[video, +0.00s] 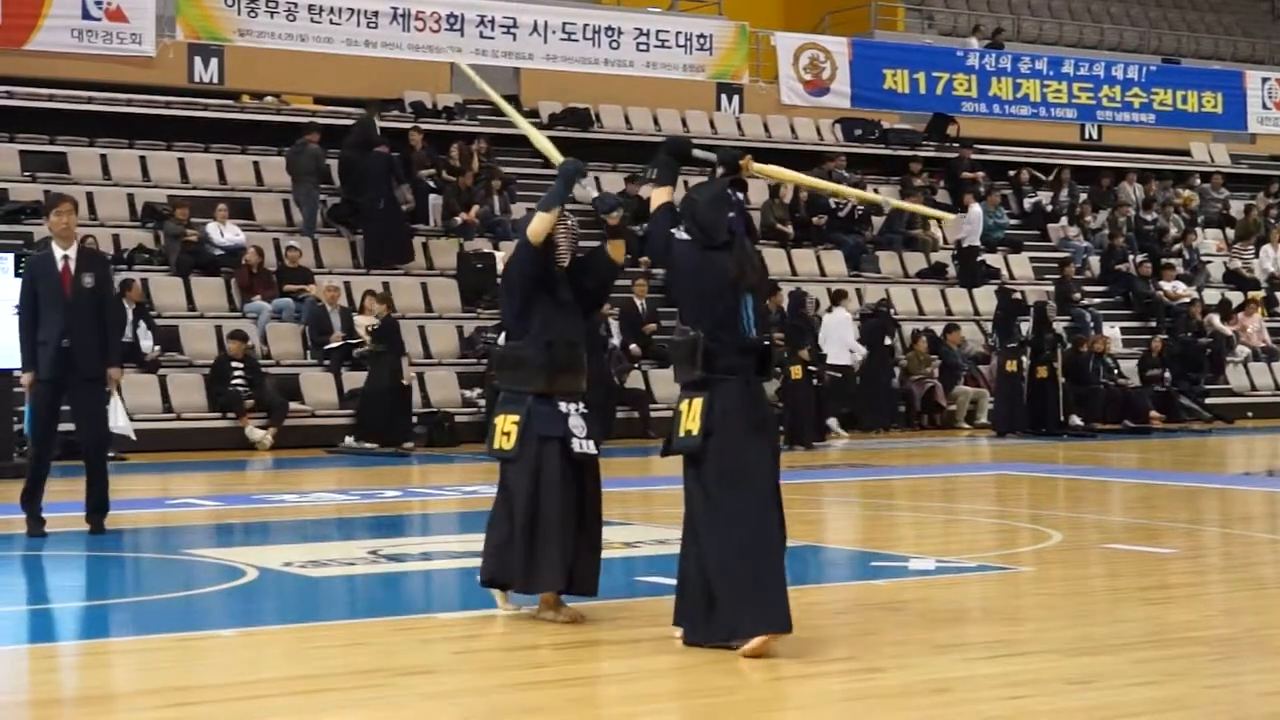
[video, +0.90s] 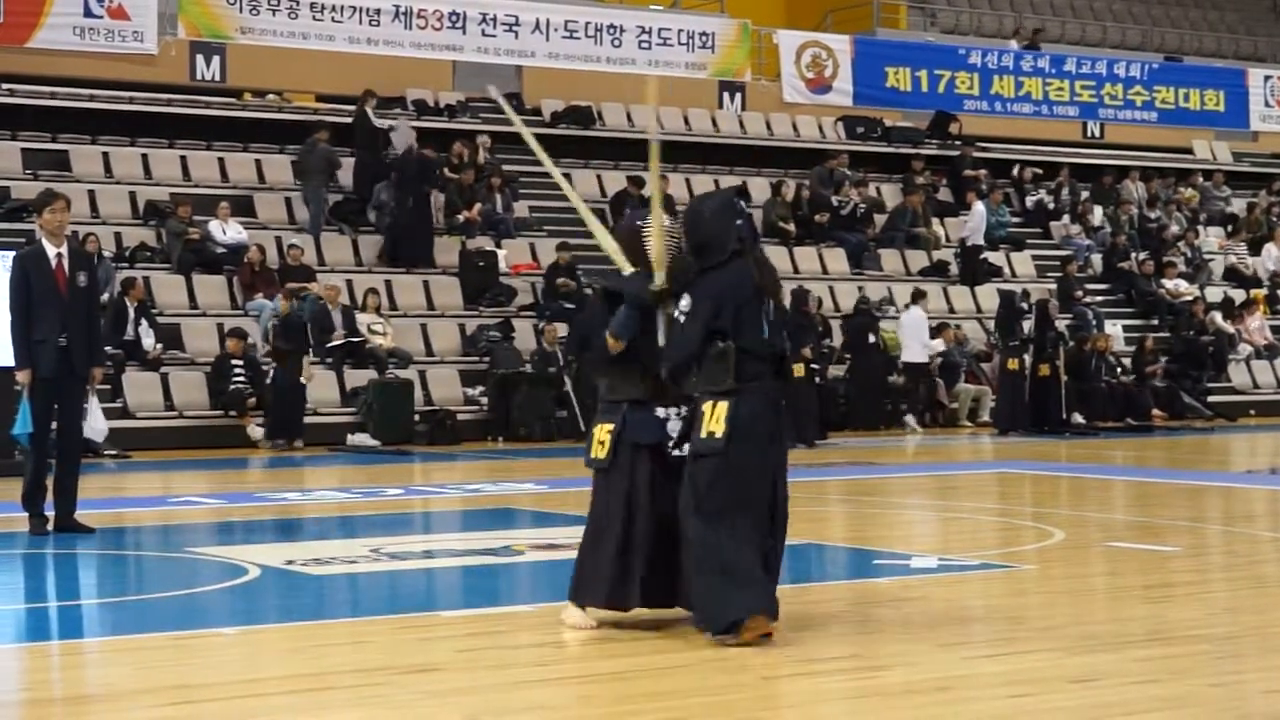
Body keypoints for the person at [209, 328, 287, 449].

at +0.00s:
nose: (230, 347)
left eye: (234, 343)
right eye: (230, 343)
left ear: (243, 345)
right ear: (228, 344)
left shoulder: (252, 361)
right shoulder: (221, 361)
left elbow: (259, 383)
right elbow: (213, 384)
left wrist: (254, 399)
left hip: (251, 397)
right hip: (227, 399)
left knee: (281, 403)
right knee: (234, 395)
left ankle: (269, 435)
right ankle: (248, 427)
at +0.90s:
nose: (227, 344)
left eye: (231, 341)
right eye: (227, 340)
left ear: (242, 343)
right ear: (225, 341)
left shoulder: (251, 359)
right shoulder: (221, 359)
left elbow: (259, 379)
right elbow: (214, 381)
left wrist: (256, 395)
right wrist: (228, 390)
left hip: (250, 391)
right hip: (229, 393)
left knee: (268, 393)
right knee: (236, 395)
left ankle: (270, 428)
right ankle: (249, 425)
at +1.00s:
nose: (229, 344)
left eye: (233, 341)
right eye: (228, 341)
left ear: (242, 344)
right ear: (226, 342)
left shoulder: (251, 360)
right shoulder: (221, 359)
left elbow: (255, 379)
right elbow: (215, 381)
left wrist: (254, 394)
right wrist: (229, 389)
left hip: (250, 392)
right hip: (228, 394)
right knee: (238, 394)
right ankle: (246, 425)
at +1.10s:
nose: (228, 344)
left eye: (232, 341)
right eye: (228, 340)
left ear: (242, 343)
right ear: (226, 341)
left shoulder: (250, 358)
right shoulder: (222, 359)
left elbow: (254, 378)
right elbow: (215, 382)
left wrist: (249, 389)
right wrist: (231, 389)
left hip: (247, 394)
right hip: (225, 396)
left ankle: (248, 440)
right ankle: (245, 440)